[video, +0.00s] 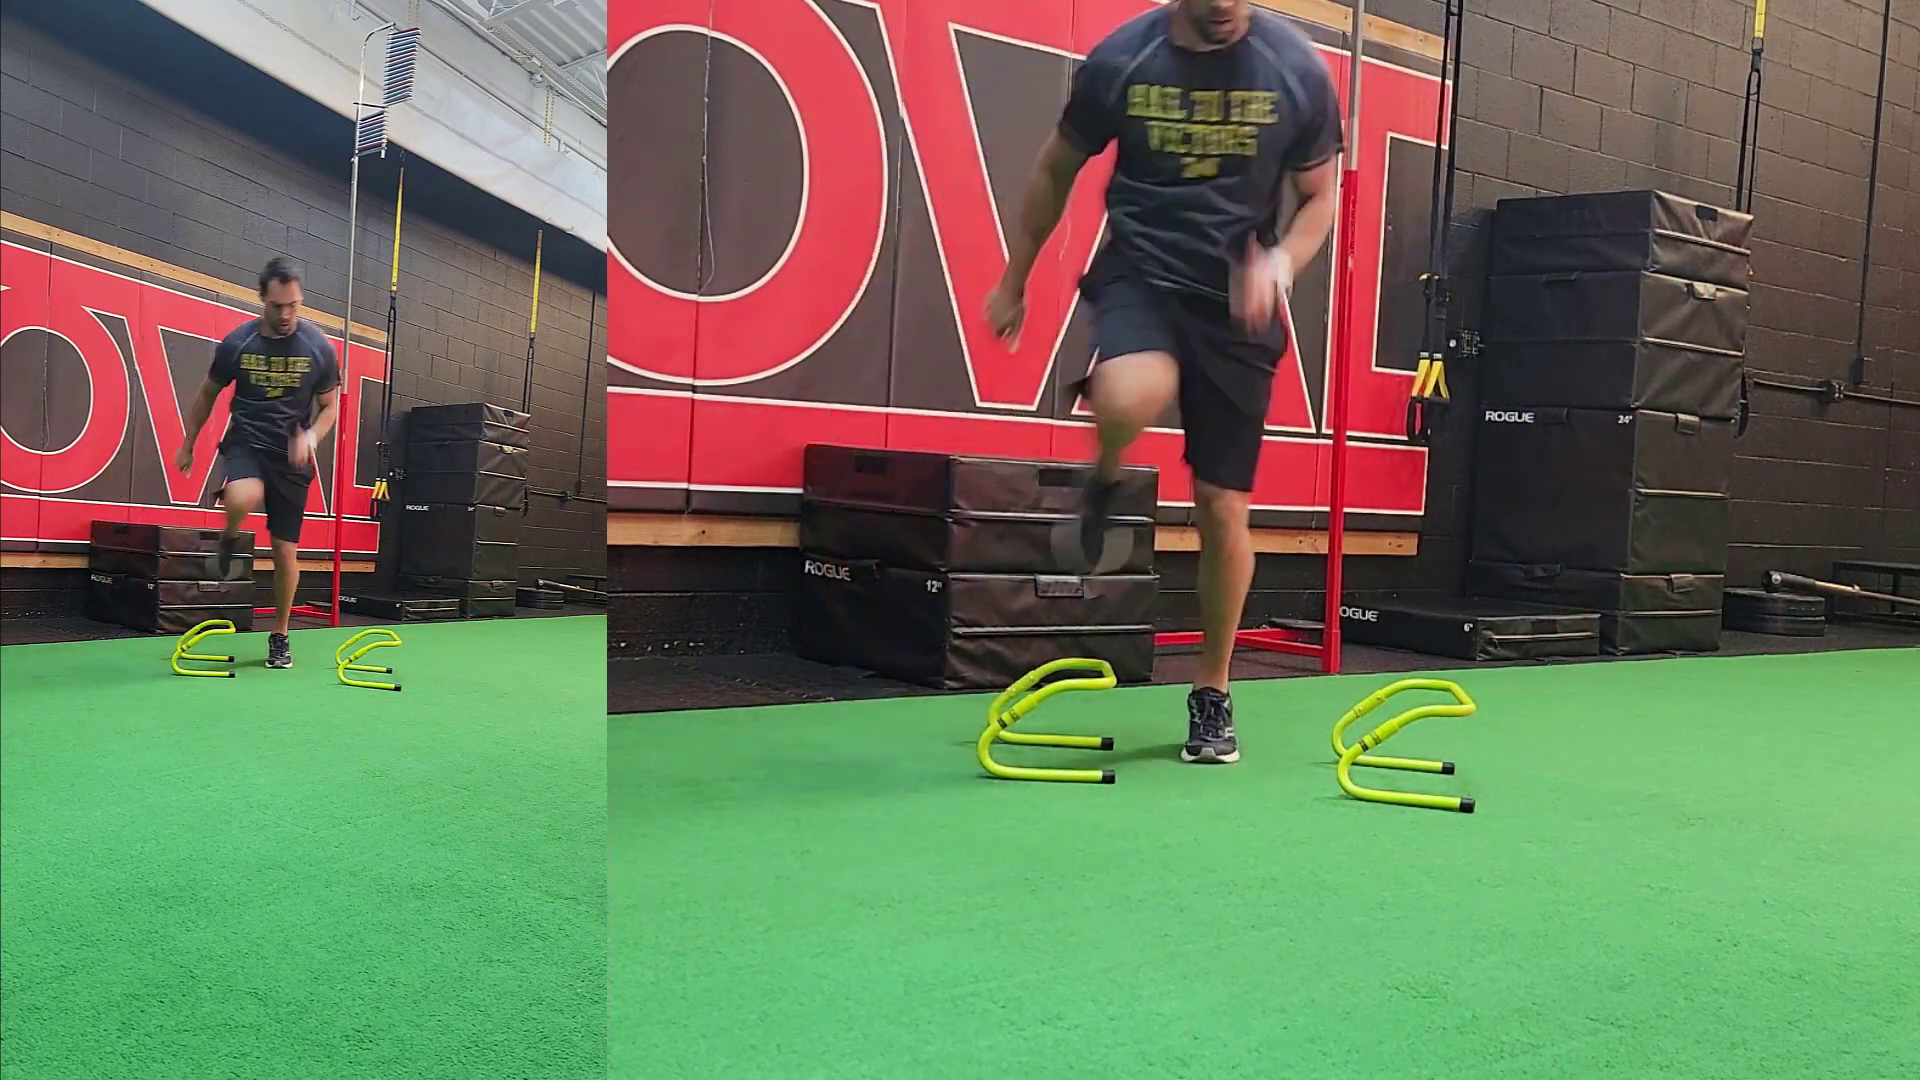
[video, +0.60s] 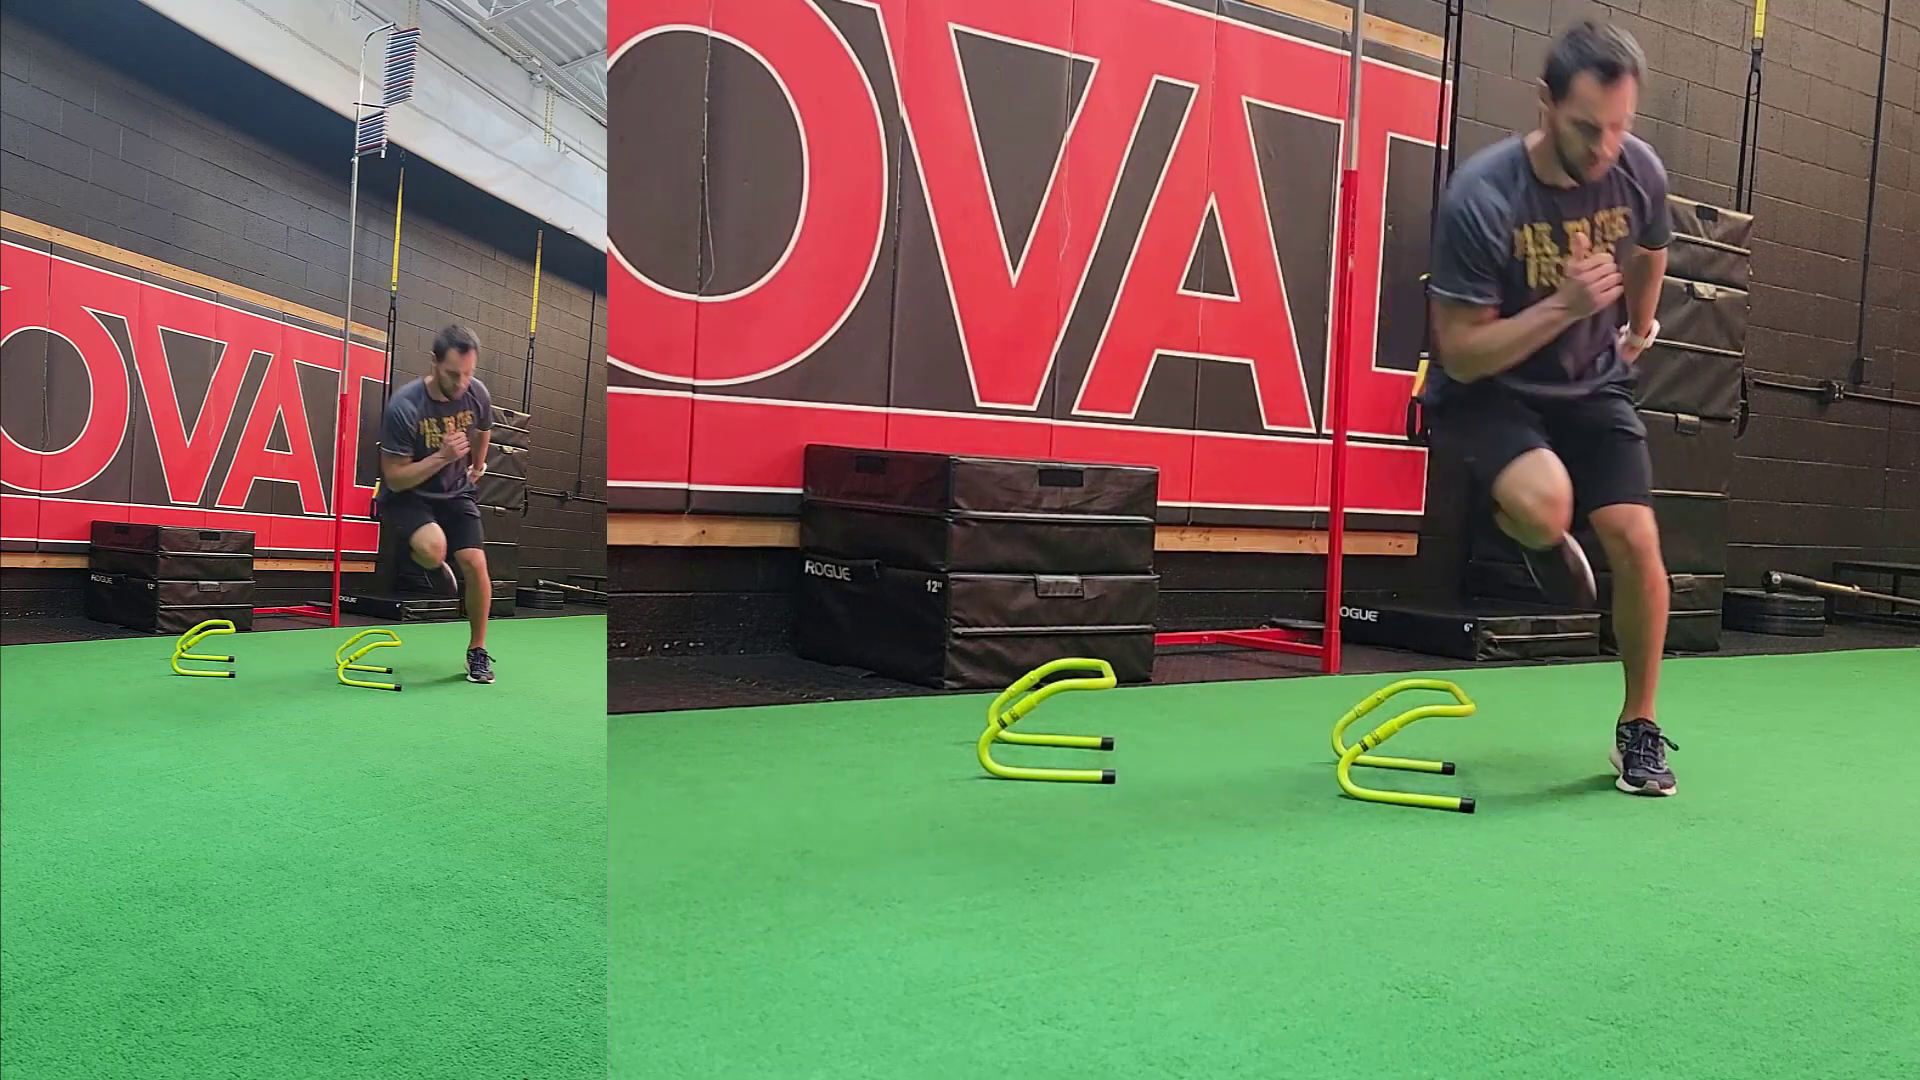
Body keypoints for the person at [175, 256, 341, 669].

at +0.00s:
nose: (286, 314)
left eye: (292, 305)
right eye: (277, 306)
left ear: (301, 301)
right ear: (261, 300)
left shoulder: (319, 348)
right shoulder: (237, 344)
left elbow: (330, 407)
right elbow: (207, 394)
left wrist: (312, 436)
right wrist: (188, 443)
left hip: (293, 452)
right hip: (246, 444)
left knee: (285, 551)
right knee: (240, 500)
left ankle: (280, 635)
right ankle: (227, 543)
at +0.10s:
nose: (316, 307)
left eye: (323, 298)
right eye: (308, 297)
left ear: (330, 294)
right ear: (290, 291)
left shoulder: (343, 335)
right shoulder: (261, 336)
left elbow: (354, 399)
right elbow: (232, 379)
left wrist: (331, 375)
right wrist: (217, 422)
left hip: (322, 443)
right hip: (277, 436)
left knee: (317, 533)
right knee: (295, 505)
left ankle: (295, 620)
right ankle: (277, 586)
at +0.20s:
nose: (347, 314)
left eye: (353, 306)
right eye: (340, 305)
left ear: (360, 302)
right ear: (321, 299)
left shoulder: (372, 341)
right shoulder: (293, 345)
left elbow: (377, 402)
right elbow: (261, 389)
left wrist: (361, 395)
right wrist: (246, 436)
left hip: (351, 450)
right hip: (303, 451)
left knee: (371, 519)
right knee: (312, 544)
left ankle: (339, 559)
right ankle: (294, 638)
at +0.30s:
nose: (380, 323)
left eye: (386, 314)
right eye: (372, 314)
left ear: (392, 309)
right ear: (351, 307)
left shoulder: (398, 349)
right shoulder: (322, 358)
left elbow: (401, 408)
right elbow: (289, 409)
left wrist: (387, 402)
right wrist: (267, 462)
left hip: (378, 458)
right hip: (331, 467)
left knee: (422, 514)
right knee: (327, 554)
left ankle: (406, 571)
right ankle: (296, 643)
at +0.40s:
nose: (408, 327)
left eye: (414, 319)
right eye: (400, 319)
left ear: (421, 313)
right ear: (380, 310)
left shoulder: (426, 346)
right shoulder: (349, 358)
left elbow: (430, 397)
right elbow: (322, 416)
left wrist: (430, 428)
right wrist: (322, 482)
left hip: (406, 453)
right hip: (359, 457)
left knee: (437, 528)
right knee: (363, 534)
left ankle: (464, 619)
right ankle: (317, 610)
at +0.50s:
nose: (436, 352)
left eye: (443, 342)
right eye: (428, 343)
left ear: (448, 336)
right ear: (408, 334)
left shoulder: (454, 370)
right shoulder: (378, 380)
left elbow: (461, 418)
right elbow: (357, 447)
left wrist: (466, 472)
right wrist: (396, 473)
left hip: (437, 474)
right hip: (388, 474)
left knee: (452, 553)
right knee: (403, 536)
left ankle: (474, 647)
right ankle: (382, 552)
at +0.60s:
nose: (461, 384)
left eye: (467, 375)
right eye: (453, 374)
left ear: (473, 367)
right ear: (434, 363)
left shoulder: (477, 394)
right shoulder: (403, 407)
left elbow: (483, 429)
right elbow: (394, 479)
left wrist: (477, 465)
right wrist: (443, 456)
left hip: (456, 492)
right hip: (408, 495)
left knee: (474, 561)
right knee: (433, 549)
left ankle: (478, 650)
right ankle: (432, 565)